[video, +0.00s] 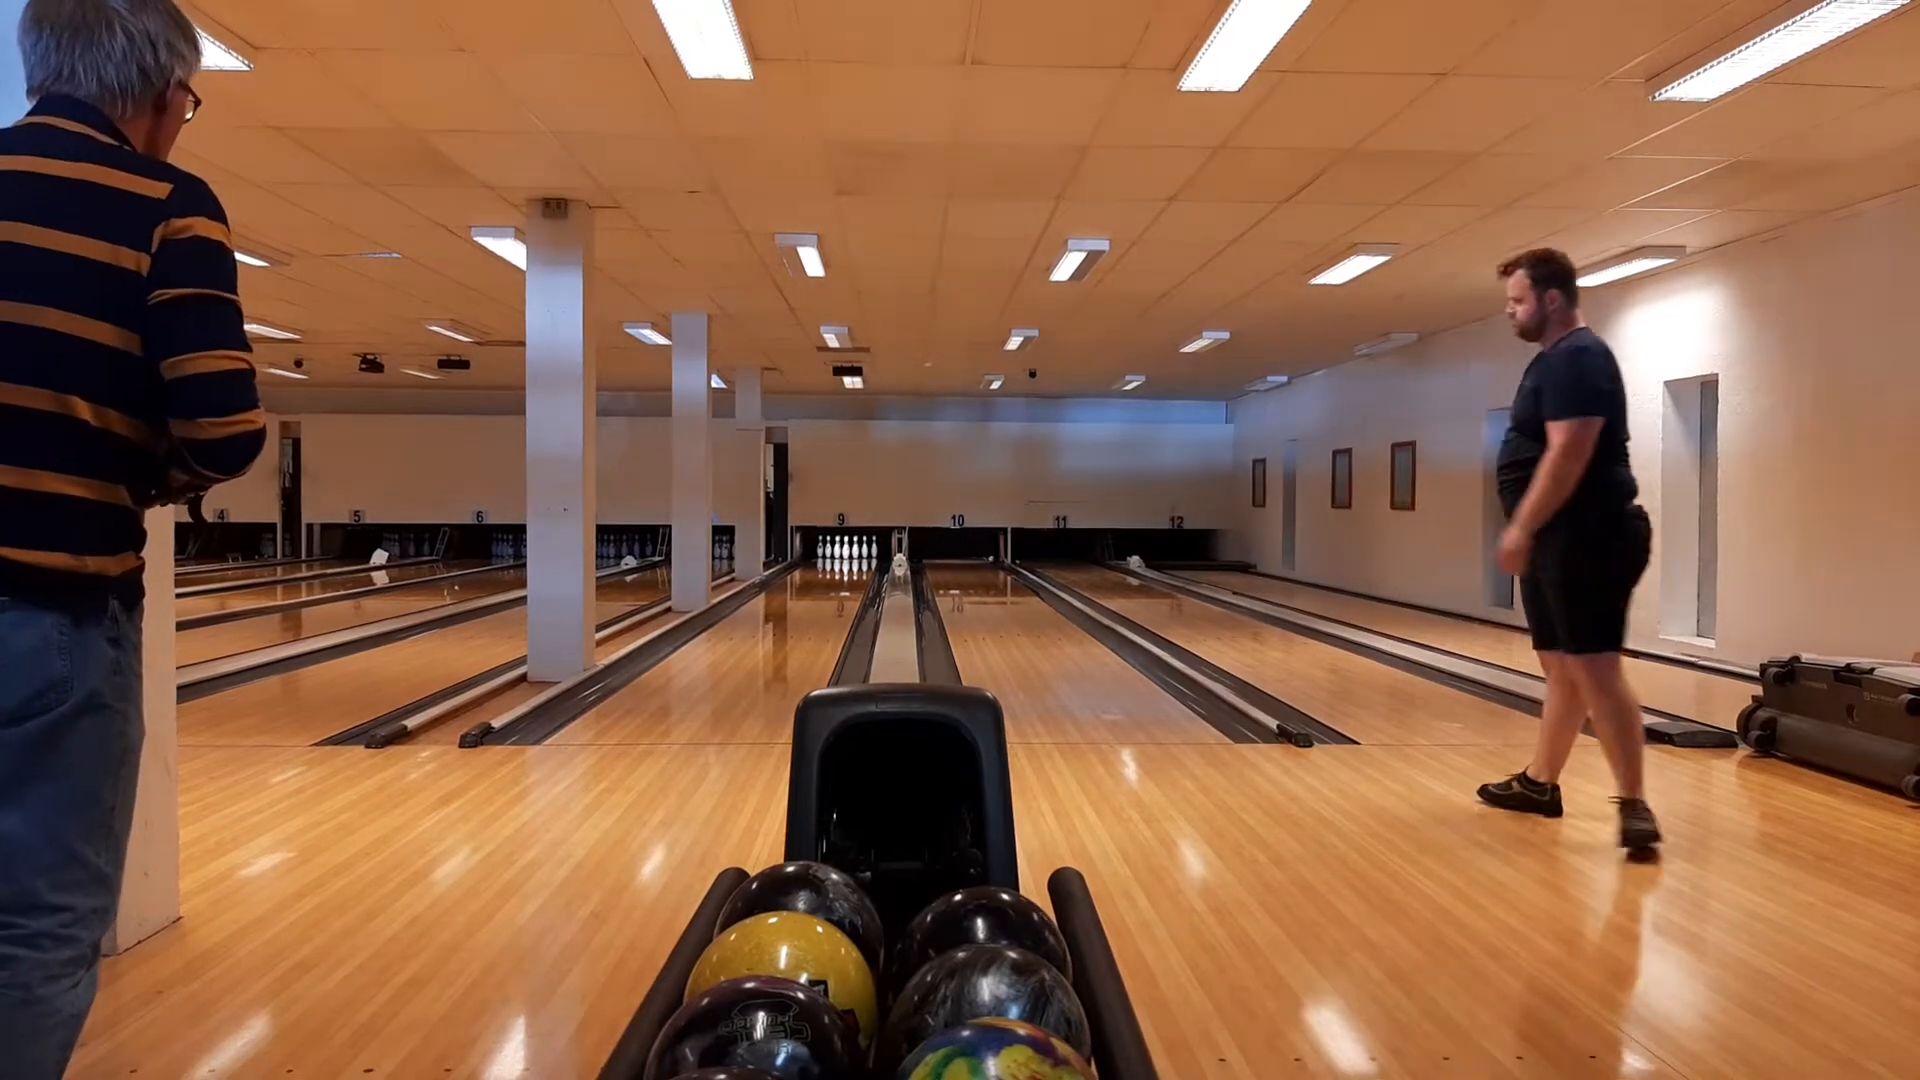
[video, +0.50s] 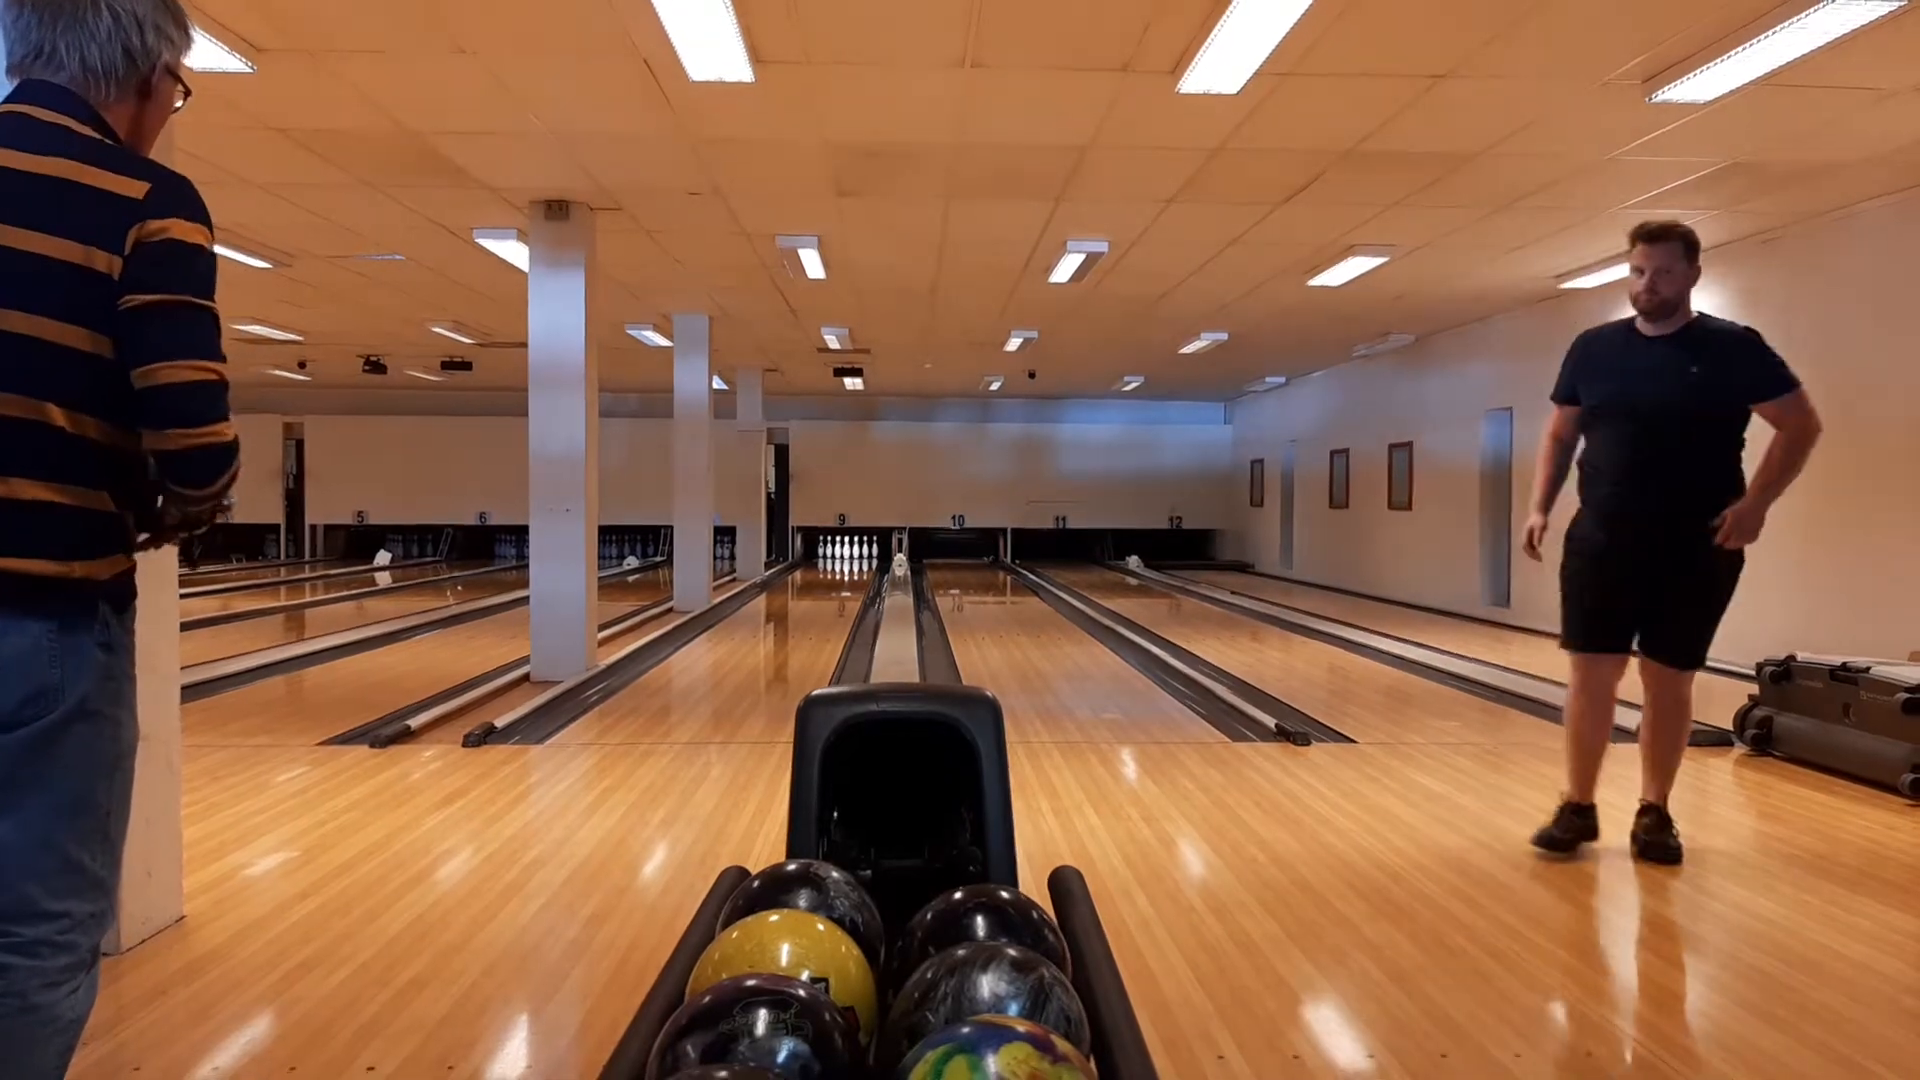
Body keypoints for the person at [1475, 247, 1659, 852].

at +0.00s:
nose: (1509, 312)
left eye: (1515, 301)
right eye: (1508, 302)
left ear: (1551, 299)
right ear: (1548, 301)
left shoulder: (1576, 356)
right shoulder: (1557, 359)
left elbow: (1570, 448)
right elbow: (1565, 449)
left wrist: (1521, 526)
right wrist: (1527, 527)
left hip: (1588, 531)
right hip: (1555, 532)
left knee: (1597, 669)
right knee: (1559, 664)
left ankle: (1634, 806)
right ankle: (1541, 783)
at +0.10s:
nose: (1535, 310)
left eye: (1544, 299)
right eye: (1533, 300)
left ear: (1582, 296)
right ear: (1563, 301)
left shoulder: (1613, 357)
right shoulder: (1554, 364)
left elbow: (1619, 452)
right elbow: (1555, 453)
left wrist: (1583, 537)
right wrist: (1549, 533)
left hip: (1621, 538)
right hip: (1561, 538)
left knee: (1632, 681)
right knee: (1565, 674)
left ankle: (1651, 812)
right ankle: (1541, 782)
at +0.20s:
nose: (1563, 303)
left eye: (1574, 292)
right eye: (1561, 293)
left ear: (1615, 292)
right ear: (1568, 295)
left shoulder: (1651, 355)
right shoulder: (1563, 363)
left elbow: (1670, 450)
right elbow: (1566, 453)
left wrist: (1646, 536)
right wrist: (1561, 534)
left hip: (1644, 541)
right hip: (1573, 541)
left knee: (1648, 679)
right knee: (1558, 666)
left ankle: (1653, 813)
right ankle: (1541, 783)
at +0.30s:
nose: (1593, 293)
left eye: (1606, 283)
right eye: (1590, 283)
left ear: (1645, 283)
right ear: (1592, 285)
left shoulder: (1686, 352)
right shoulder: (1576, 357)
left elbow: (1720, 440)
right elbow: (1563, 446)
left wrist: (1706, 523)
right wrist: (1559, 525)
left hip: (1664, 541)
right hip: (1583, 538)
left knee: (1659, 677)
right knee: (1554, 659)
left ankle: (1654, 812)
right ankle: (1544, 783)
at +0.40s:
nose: (1622, 288)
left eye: (1636, 277)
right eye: (1616, 277)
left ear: (1673, 279)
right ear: (1611, 280)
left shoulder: (1715, 349)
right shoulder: (1588, 350)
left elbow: (1769, 430)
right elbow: (1560, 440)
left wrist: (1744, 512)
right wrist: (1544, 516)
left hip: (1684, 544)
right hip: (1594, 538)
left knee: (1665, 678)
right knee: (1565, 664)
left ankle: (1655, 813)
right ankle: (1556, 793)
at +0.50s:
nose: (1646, 284)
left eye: (1662, 273)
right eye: (1638, 272)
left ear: (1692, 277)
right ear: (1627, 275)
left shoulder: (1734, 349)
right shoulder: (1593, 350)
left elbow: (1802, 426)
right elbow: (1559, 433)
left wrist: (1756, 503)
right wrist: (1539, 505)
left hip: (1693, 548)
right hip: (1603, 540)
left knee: (1668, 682)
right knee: (1590, 675)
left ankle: (1654, 814)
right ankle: (1577, 809)